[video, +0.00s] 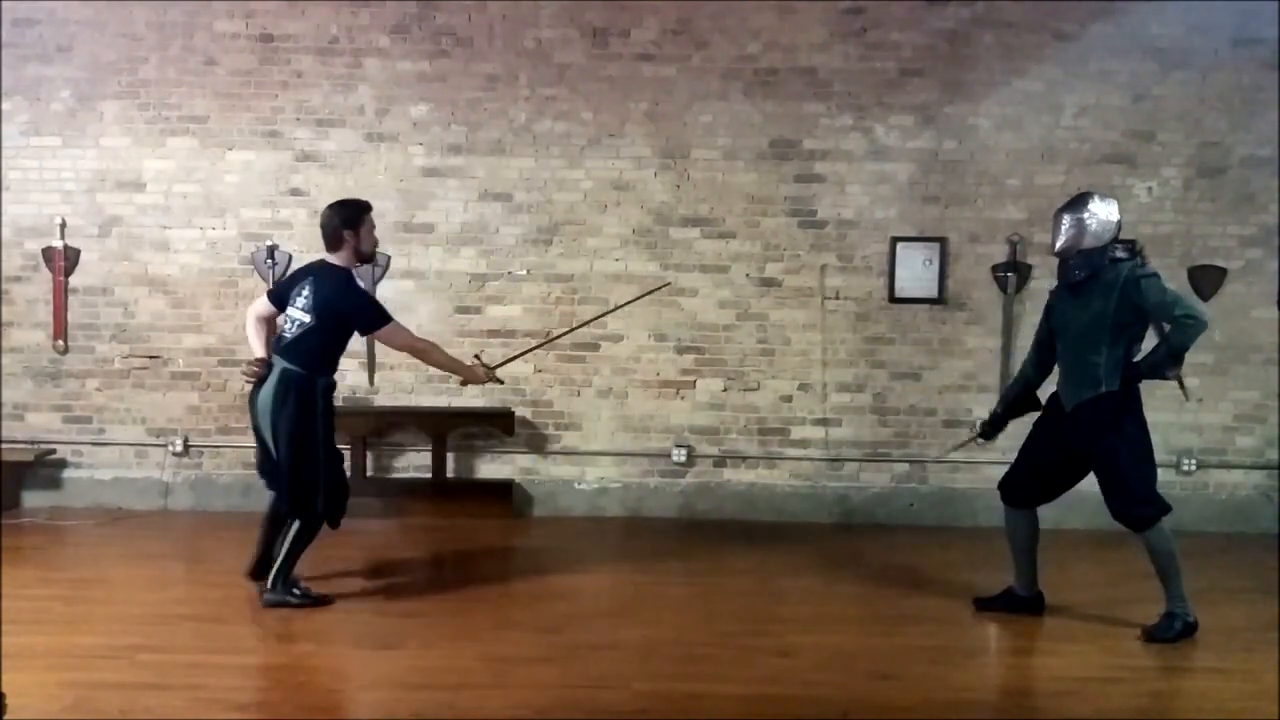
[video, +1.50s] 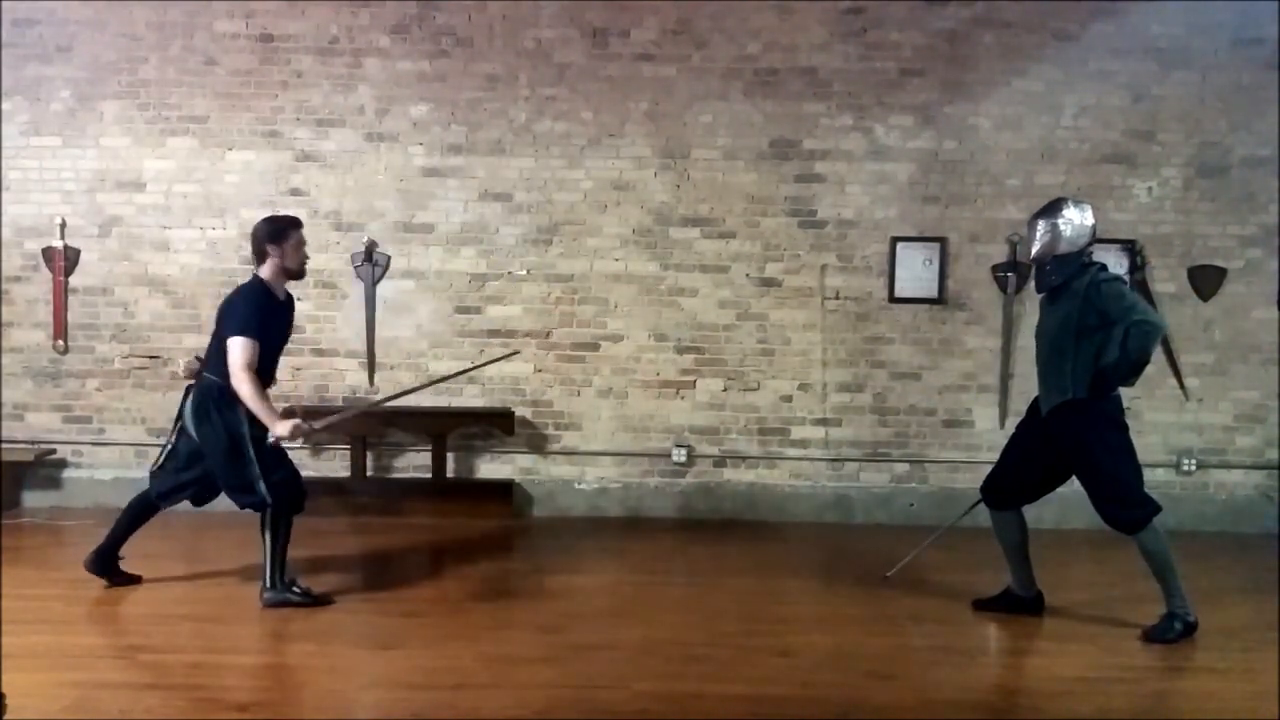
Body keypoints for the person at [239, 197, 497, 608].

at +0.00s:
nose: (376, 236)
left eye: (374, 228)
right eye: (371, 230)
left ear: (336, 238)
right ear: (350, 237)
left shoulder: (305, 274)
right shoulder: (350, 294)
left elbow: (256, 314)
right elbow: (411, 344)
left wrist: (262, 358)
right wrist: (465, 370)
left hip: (270, 389)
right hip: (299, 398)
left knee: (291, 483)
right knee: (319, 496)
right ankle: (277, 584)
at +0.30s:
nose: (340, 244)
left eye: (336, 235)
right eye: (333, 236)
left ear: (304, 246)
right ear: (312, 245)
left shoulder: (278, 285)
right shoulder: (310, 305)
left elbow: (234, 321)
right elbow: (370, 358)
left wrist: (231, 363)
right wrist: (425, 384)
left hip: (234, 397)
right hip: (266, 407)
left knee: (191, 479)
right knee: (307, 493)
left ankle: (138, 555)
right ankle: (277, 584)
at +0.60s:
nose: (305, 250)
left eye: (303, 242)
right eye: (298, 242)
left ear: (269, 251)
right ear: (277, 250)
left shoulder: (242, 293)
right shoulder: (271, 307)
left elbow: (203, 333)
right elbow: (329, 366)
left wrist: (195, 372)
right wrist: (387, 403)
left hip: (199, 405)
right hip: (233, 413)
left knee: (157, 487)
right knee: (291, 488)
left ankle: (108, 570)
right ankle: (278, 584)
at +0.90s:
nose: (281, 244)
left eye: (279, 236)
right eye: (274, 237)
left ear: (247, 245)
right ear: (249, 244)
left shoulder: (235, 291)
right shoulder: (242, 298)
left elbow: (225, 352)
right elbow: (275, 366)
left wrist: (192, 373)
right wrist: (319, 413)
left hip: (197, 405)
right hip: (218, 411)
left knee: (153, 488)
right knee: (273, 486)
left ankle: (100, 566)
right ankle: (276, 585)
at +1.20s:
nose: (273, 244)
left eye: (271, 236)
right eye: (265, 237)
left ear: (245, 245)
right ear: (238, 245)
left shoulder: (262, 297)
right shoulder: (218, 299)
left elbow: (246, 358)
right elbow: (235, 364)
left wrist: (199, 373)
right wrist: (260, 413)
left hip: (221, 405)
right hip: (209, 405)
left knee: (157, 486)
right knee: (271, 483)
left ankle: (97, 560)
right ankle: (276, 584)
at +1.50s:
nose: (306, 252)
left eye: (305, 244)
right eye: (299, 245)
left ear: (276, 252)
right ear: (273, 251)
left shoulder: (281, 300)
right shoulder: (249, 301)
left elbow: (243, 340)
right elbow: (241, 372)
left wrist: (206, 364)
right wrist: (273, 421)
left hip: (224, 405)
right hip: (219, 407)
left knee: (170, 485)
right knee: (283, 486)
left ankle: (104, 555)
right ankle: (276, 584)